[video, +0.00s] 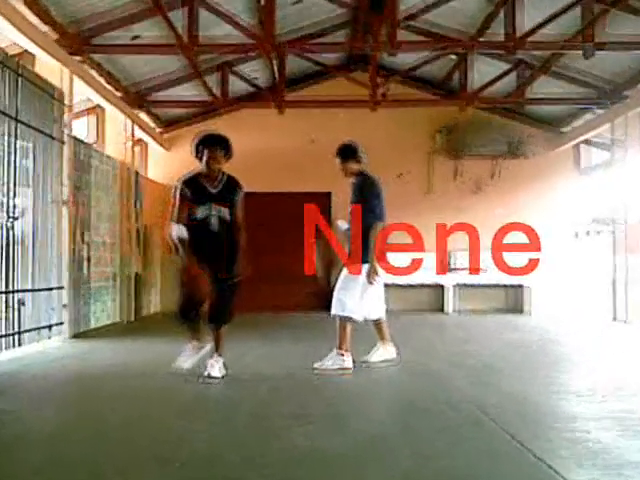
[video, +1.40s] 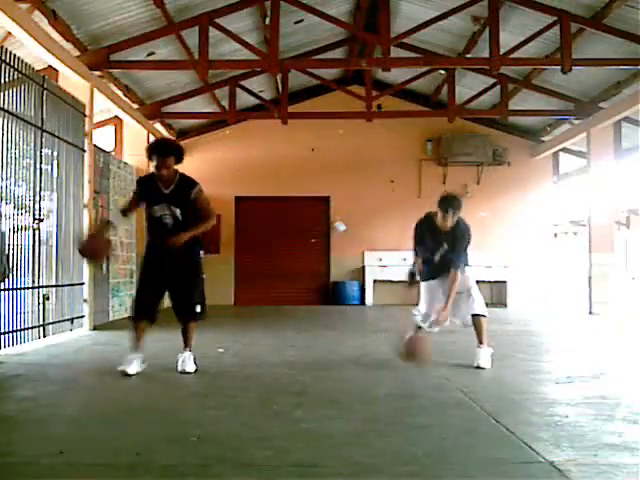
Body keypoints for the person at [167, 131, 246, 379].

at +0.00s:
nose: (215, 158)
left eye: (220, 153)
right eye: (211, 153)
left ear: (226, 157)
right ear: (202, 155)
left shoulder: (233, 187)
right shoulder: (188, 185)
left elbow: (240, 226)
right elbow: (178, 225)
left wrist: (240, 260)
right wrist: (187, 259)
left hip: (224, 256)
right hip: (195, 255)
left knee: (219, 307)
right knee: (190, 302)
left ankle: (217, 355)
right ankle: (196, 342)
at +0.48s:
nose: (207, 174)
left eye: (211, 169)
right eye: (203, 169)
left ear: (218, 166)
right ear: (196, 166)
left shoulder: (228, 188)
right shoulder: (186, 187)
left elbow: (244, 214)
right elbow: (170, 217)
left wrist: (257, 231)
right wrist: (168, 242)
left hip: (220, 256)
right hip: (191, 256)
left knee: (223, 303)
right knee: (187, 304)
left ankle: (225, 347)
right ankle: (187, 348)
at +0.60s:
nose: (191, 176)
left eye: (195, 171)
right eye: (187, 172)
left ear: (204, 168)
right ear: (182, 169)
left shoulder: (218, 186)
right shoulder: (175, 189)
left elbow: (237, 205)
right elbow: (155, 218)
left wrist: (254, 200)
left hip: (206, 252)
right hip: (180, 252)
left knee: (202, 300)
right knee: (178, 302)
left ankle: (214, 339)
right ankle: (185, 348)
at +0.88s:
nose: (182, 176)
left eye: (186, 171)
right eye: (178, 171)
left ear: (196, 167)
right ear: (174, 168)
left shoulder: (209, 188)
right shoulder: (164, 186)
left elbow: (220, 219)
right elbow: (149, 223)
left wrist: (229, 205)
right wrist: (148, 257)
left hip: (197, 254)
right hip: (170, 254)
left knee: (193, 303)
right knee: (174, 303)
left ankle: (190, 350)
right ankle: (183, 347)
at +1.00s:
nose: (181, 175)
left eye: (185, 171)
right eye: (177, 170)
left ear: (195, 167)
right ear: (173, 167)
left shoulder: (205, 190)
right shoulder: (161, 187)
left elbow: (208, 224)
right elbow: (152, 226)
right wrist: (155, 258)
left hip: (196, 253)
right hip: (169, 255)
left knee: (194, 302)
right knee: (174, 303)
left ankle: (189, 350)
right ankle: (183, 347)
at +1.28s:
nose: (169, 174)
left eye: (173, 170)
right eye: (166, 169)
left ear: (184, 167)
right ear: (160, 166)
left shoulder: (194, 190)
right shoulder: (151, 187)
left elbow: (204, 229)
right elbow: (138, 218)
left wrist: (178, 249)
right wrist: (124, 237)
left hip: (191, 252)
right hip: (162, 252)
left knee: (190, 305)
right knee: (157, 304)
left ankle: (188, 352)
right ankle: (160, 345)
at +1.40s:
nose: (160, 171)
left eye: (165, 166)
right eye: (157, 166)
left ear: (176, 164)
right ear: (152, 164)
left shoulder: (190, 187)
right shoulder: (146, 184)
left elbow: (210, 218)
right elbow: (131, 208)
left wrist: (185, 235)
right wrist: (124, 212)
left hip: (185, 254)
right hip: (156, 253)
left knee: (187, 306)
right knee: (143, 304)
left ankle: (187, 353)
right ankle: (136, 354)